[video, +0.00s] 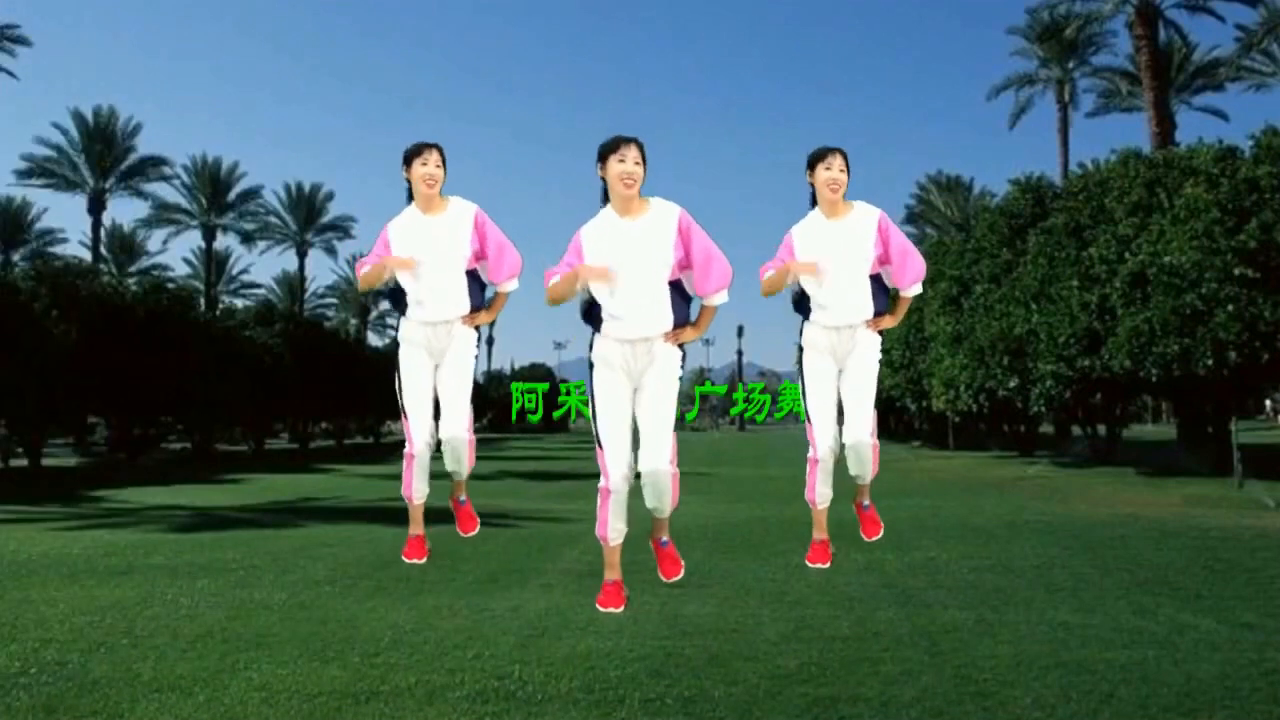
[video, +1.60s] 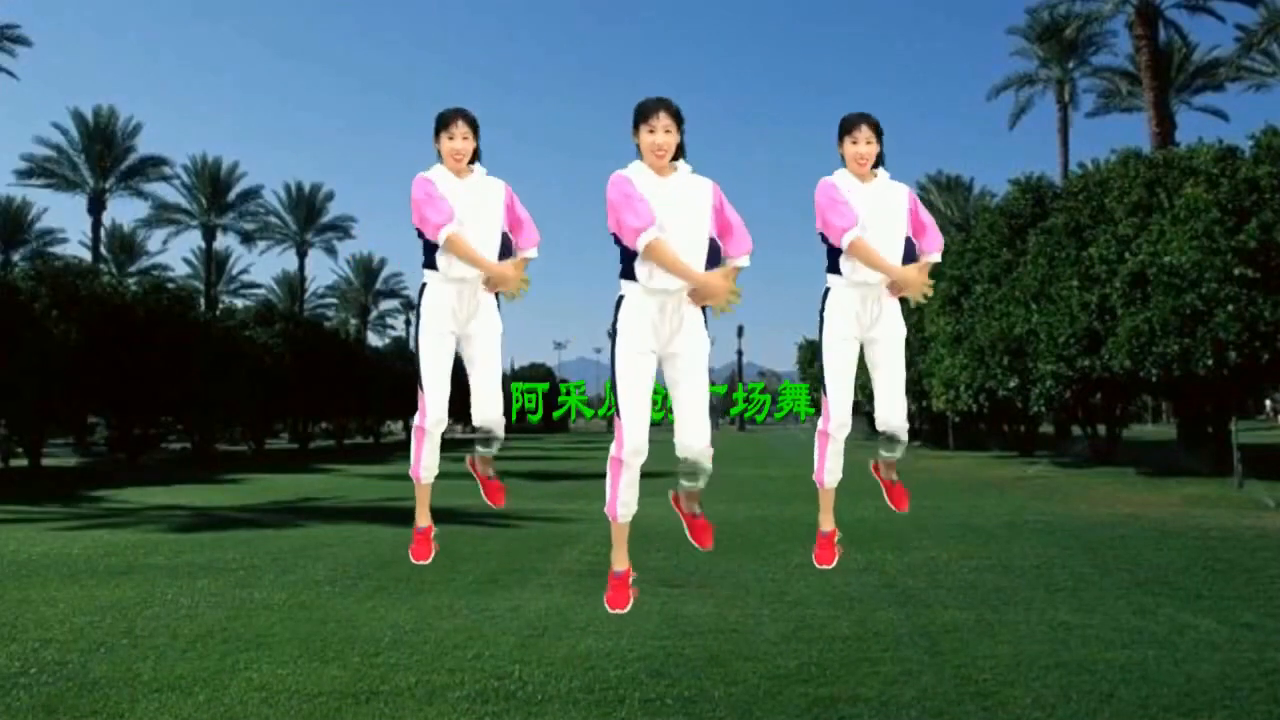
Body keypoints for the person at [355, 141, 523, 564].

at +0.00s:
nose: (431, 170)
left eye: (437, 164)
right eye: (423, 164)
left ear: (445, 174)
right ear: (408, 174)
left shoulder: (468, 215)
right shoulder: (397, 227)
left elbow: (509, 262)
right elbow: (364, 282)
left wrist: (491, 310)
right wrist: (386, 265)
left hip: (459, 330)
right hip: (415, 332)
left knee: (456, 431)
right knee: (419, 432)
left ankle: (459, 496)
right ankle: (416, 529)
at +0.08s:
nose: (433, 163)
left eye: (439, 157)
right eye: (425, 157)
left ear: (446, 165)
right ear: (409, 164)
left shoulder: (468, 203)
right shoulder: (397, 214)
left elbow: (512, 250)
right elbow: (366, 260)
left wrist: (496, 296)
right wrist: (391, 211)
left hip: (464, 320)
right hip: (420, 325)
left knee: (470, 426)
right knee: (422, 429)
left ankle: (479, 493)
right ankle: (415, 529)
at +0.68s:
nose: (444, 146)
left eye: (449, 139)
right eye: (435, 140)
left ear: (458, 144)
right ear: (421, 148)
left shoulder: (485, 178)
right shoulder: (418, 188)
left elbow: (528, 220)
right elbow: (410, 219)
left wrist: (513, 272)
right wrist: (415, 167)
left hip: (483, 292)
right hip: (439, 295)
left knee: (489, 417)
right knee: (435, 412)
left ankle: (482, 459)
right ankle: (425, 517)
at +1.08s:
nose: (454, 155)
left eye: (457, 147)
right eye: (444, 148)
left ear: (465, 153)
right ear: (428, 157)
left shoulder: (491, 196)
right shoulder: (420, 200)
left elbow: (527, 243)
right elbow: (456, 213)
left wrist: (512, 286)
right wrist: (450, 157)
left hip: (484, 304)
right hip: (440, 305)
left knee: (494, 425)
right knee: (436, 423)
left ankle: (492, 489)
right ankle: (427, 525)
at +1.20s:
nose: (457, 159)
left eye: (464, 153)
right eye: (449, 152)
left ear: (473, 160)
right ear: (434, 159)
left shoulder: (495, 198)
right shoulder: (426, 201)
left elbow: (532, 243)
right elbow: (472, 209)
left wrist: (521, 283)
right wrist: (502, 162)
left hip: (497, 304)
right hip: (454, 307)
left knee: (507, 421)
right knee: (451, 427)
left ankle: (517, 517)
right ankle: (431, 527)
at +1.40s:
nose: (463, 175)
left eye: (469, 169)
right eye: (455, 168)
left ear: (477, 176)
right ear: (440, 176)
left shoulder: (497, 218)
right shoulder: (433, 219)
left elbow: (539, 262)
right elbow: (478, 239)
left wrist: (521, 307)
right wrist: (534, 216)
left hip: (501, 333)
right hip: (457, 334)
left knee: (507, 437)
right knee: (458, 443)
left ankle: (516, 521)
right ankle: (431, 531)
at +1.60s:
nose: (459, 144)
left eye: (466, 137)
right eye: (451, 137)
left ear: (476, 144)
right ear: (438, 144)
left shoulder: (497, 189)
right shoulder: (427, 184)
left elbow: (528, 240)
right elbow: (445, 236)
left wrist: (512, 272)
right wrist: (492, 268)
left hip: (483, 300)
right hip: (439, 298)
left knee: (490, 417)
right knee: (434, 413)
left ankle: (482, 464)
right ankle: (423, 520)